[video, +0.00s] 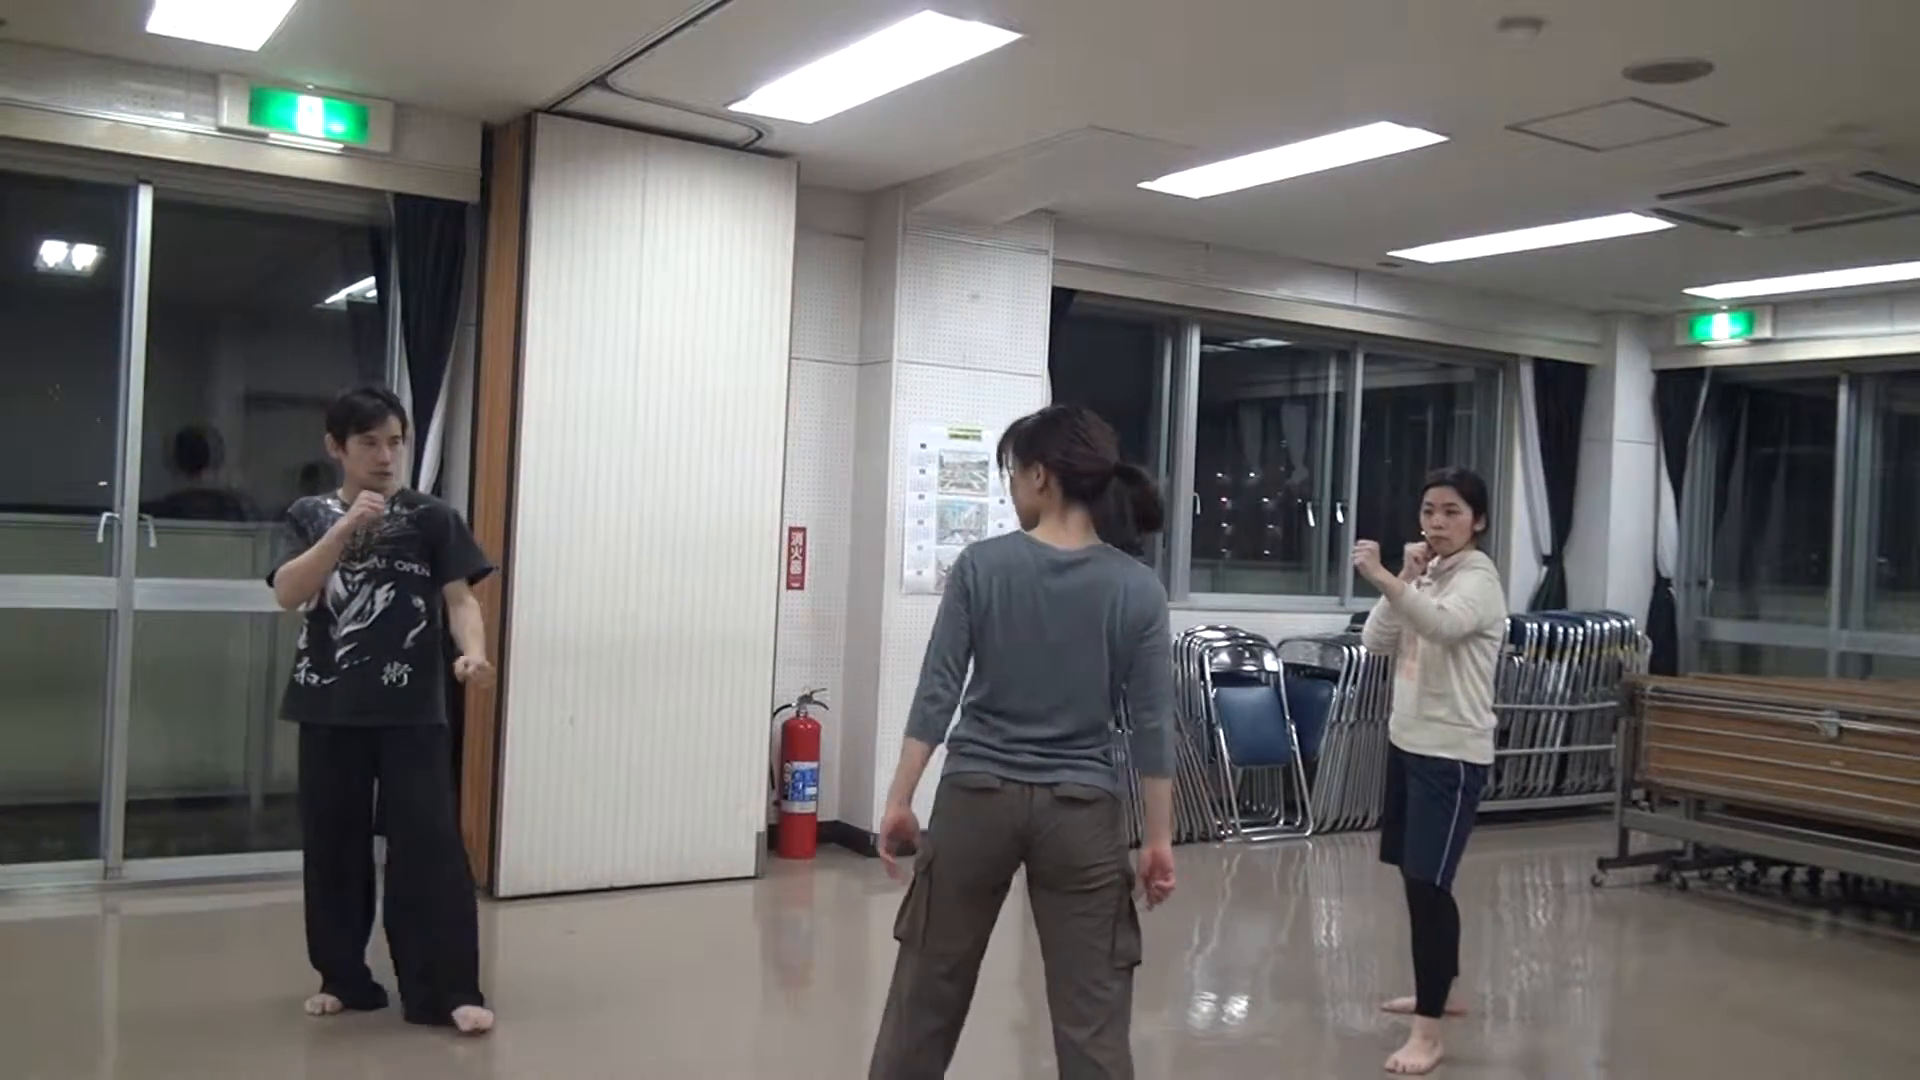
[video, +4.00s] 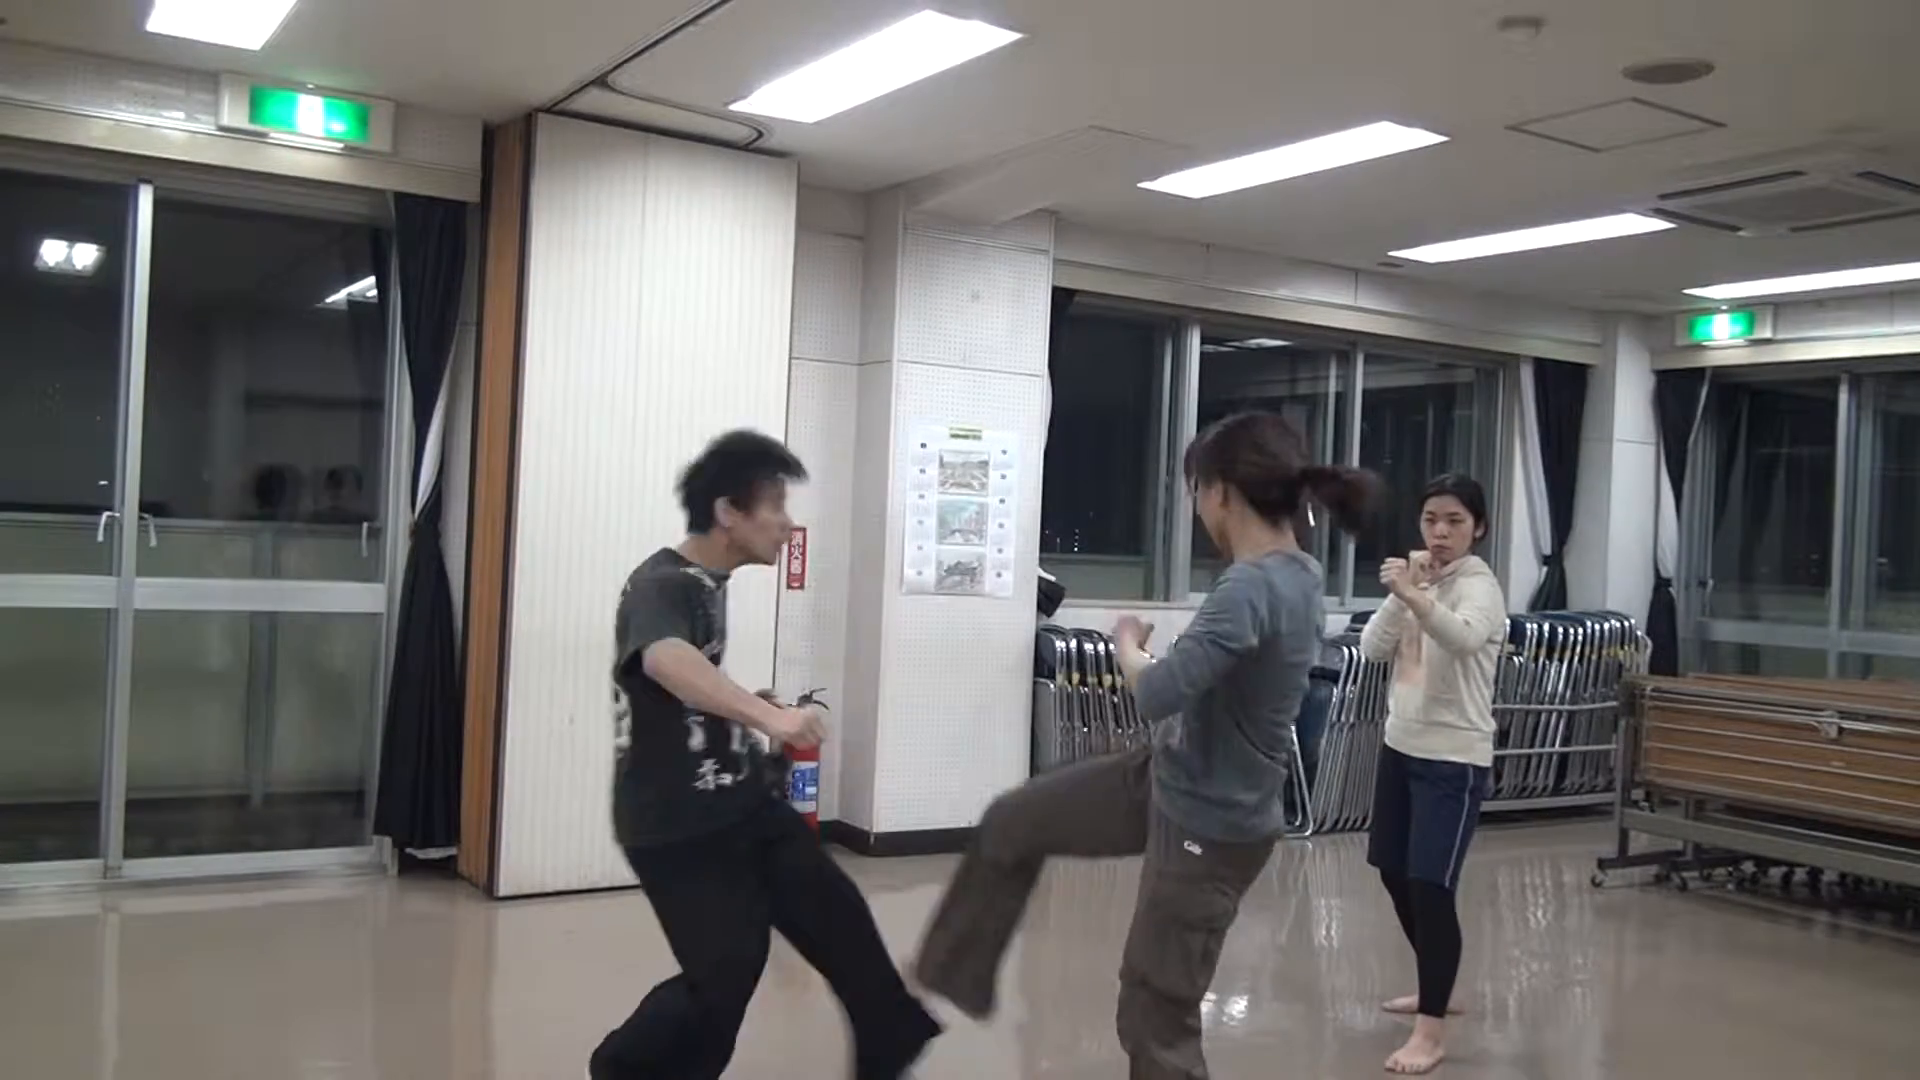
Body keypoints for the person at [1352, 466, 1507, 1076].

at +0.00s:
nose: (1436, 521)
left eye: (1451, 511)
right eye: (1429, 510)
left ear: (1476, 520)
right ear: (1420, 518)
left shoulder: (1479, 576)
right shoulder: (1424, 577)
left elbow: (1447, 624)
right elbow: (1375, 641)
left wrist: (1387, 579)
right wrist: (1406, 583)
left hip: (1451, 754)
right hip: (1410, 747)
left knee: (1427, 882)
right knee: (1415, 875)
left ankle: (1427, 1032)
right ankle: (1442, 991)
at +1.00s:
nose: (1433, 524)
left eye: (1447, 513)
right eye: (1426, 513)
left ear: (1475, 522)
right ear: (1419, 521)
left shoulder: (1477, 580)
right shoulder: (1422, 579)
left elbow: (1440, 630)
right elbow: (1375, 644)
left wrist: (1380, 587)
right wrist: (1404, 588)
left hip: (1447, 754)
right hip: (1406, 747)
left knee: (1425, 882)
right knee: (1409, 872)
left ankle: (1426, 1034)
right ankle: (1443, 988)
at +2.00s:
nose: (1434, 524)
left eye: (1447, 514)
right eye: (1427, 514)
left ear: (1474, 523)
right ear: (1418, 521)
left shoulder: (1477, 581)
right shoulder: (1421, 581)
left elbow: (1442, 631)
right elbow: (1375, 646)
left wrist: (1380, 588)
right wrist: (1404, 587)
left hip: (1448, 756)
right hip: (1406, 748)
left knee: (1427, 884)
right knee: (1408, 871)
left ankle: (1427, 1032)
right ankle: (1439, 989)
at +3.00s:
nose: (1439, 531)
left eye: (1452, 521)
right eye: (1430, 520)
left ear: (1475, 528)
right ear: (1419, 524)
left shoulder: (1479, 582)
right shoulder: (1416, 582)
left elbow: (1461, 637)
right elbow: (1372, 648)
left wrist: (1405, 593)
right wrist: (1404, 591)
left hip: (1456, 758)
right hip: (1408, 752)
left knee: (1429, 887)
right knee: (1390, 864)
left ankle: (1428, 1034)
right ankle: (1437, 986)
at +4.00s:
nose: (1441, 531)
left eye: (1454, 520)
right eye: (1432, 519)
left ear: (1477, 529)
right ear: (1419, 524)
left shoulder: (1480, 584)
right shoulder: (1414, 579)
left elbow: (1466, 638)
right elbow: (1371, 648)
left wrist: (1413, 595)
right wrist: (1405, 598)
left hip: (1453, 758)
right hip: (1400, 749)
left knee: (1431, 886)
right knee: (1390, 865)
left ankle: (1429, 1032)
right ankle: (1438, 985)